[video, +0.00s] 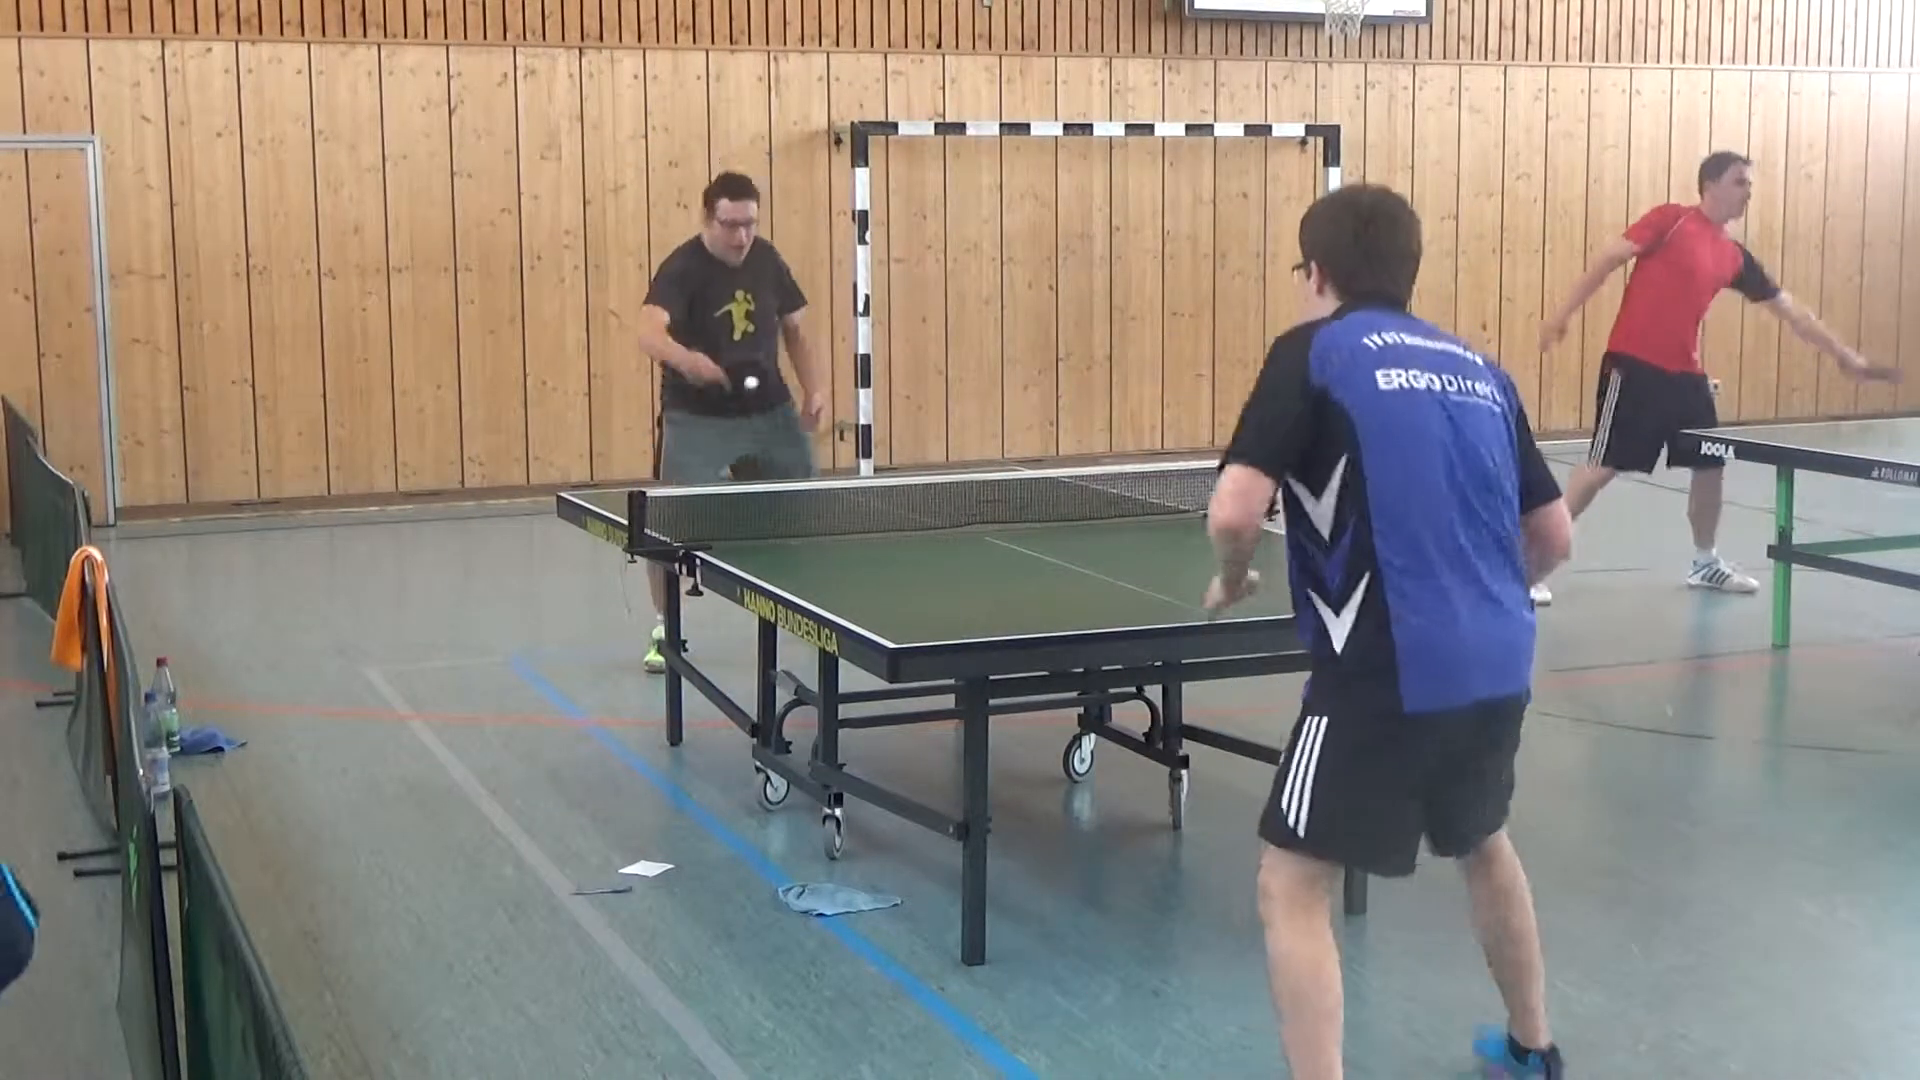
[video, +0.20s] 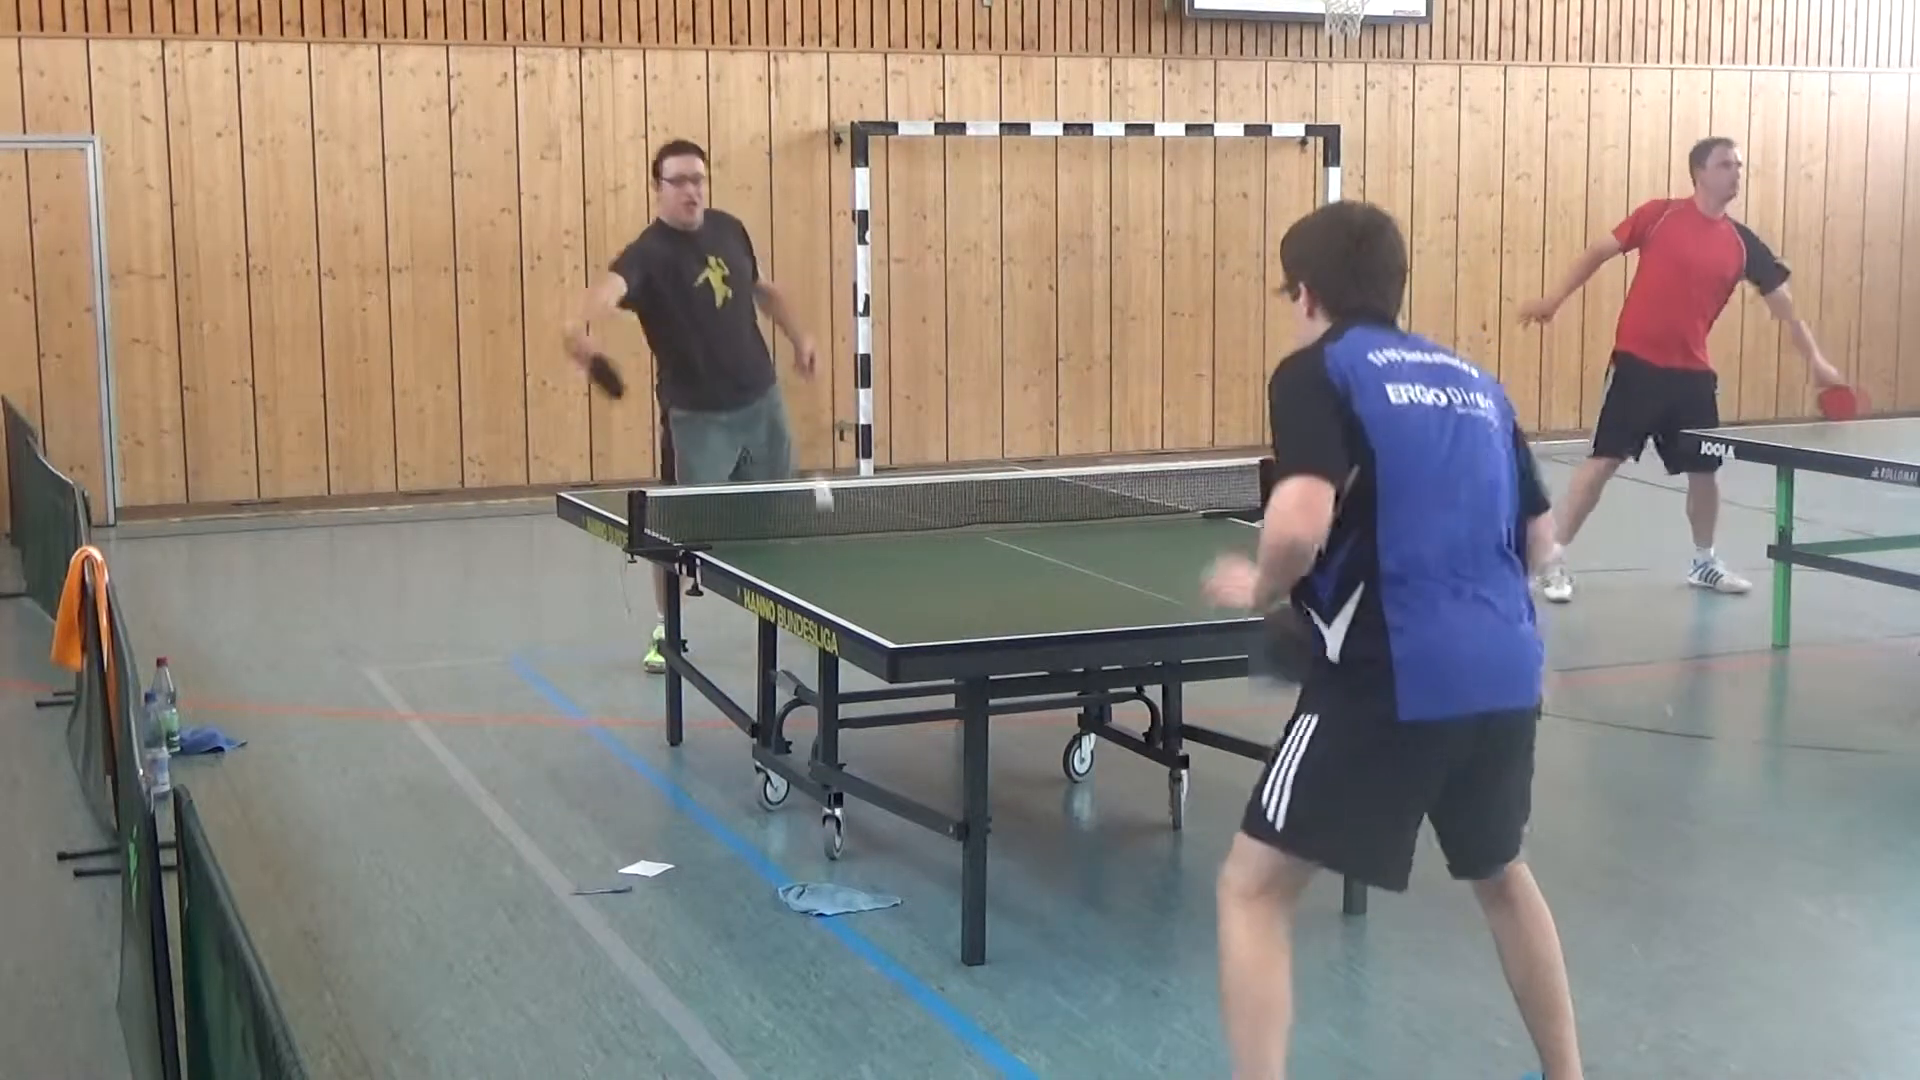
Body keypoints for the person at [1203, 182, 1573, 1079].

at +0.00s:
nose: (1301, 282)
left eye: (1304, 269)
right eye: (1304, 268)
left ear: (1323, 277)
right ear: (1408, 275)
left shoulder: (1310, 353)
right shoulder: (1482, 370)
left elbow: (1235, 514)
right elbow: (1551, 535)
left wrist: (1230, 576)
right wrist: (1486, 587)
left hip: (1382, 674)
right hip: (1497, 670)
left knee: (1293, 883)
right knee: (1484, 844)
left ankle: (1318, 1071)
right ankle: (1535, 1045)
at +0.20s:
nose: (1292, 309)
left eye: (1292, 293)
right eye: (1291, 292)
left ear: (1312, 297)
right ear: (1392, 288)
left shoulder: (1315, 372)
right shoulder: (1478, 382)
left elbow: (1302, 521)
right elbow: (1539, 539)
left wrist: (1261, 582)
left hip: (1387, 682)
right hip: (1505, 682)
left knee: (1254, 889)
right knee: (1502, 873)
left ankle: (1258, 1071)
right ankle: (1567, 1070)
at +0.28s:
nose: (1275, 340)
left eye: (1276, 320)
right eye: (1273, 320)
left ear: (1308, 318)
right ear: (1370, 309)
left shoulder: (1317, 394)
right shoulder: (1437, 391)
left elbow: (1282, 568)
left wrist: (1287, 544)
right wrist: (1242, 629)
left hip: (1379, 712)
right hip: (1496, 707)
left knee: (1220, 895)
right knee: (1496, 873)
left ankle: (1193, 1070)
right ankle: (1565, 1070)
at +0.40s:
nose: (1220, 350)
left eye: (1225, 330)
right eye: (1220, 331)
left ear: (1263, 332)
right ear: (1296, 325)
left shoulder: (1313, 411)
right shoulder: (1361, 401)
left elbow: (1275, 598)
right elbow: (1165, 517)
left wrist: (1246, 496)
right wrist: (999, 540)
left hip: (1355, 738)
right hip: (1451, 726)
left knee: (1173, 914)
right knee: (1450, 892)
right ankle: (1552, 1069)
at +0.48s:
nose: (1157, 333)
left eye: (1166, 314)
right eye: (1157, 315)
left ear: (1224, 316)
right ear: (1233, 316)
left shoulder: (1273, 403)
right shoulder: (1285, 396)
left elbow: (1276, 589)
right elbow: (1115, 499)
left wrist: (1185, 569)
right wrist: (956, 499)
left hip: (1318, 730)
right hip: (1403, 718)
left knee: (1130, 921)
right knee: (1422, 909)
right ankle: (1541, 1071)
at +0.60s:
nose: (1091, 323)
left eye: (1110, 302)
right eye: (1084, 303)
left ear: (1181, 297)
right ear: (1179, 305)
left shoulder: (1221, 401)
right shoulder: (1193, 392)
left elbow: (1239, 595)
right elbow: (1091, 529)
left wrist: (1116, 672)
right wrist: (941, 548)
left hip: (1245, 736)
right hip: (1319, 718)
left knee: (1083, 939)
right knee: (1358, 887)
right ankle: (1499, 1060)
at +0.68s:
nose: (1062, 319)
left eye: (1083, 296)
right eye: (1053, 297)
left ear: (1153, 293)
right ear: (1043, 293)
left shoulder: (1190, 402)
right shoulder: (1152, 391)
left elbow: (1228, 600)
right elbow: (1095, 545)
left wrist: (1091, 696)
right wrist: (958, 625)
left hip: (1215, 727)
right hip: (1265, 711)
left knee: (1064, 942)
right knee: (1280, 887)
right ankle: (1426, 1060)